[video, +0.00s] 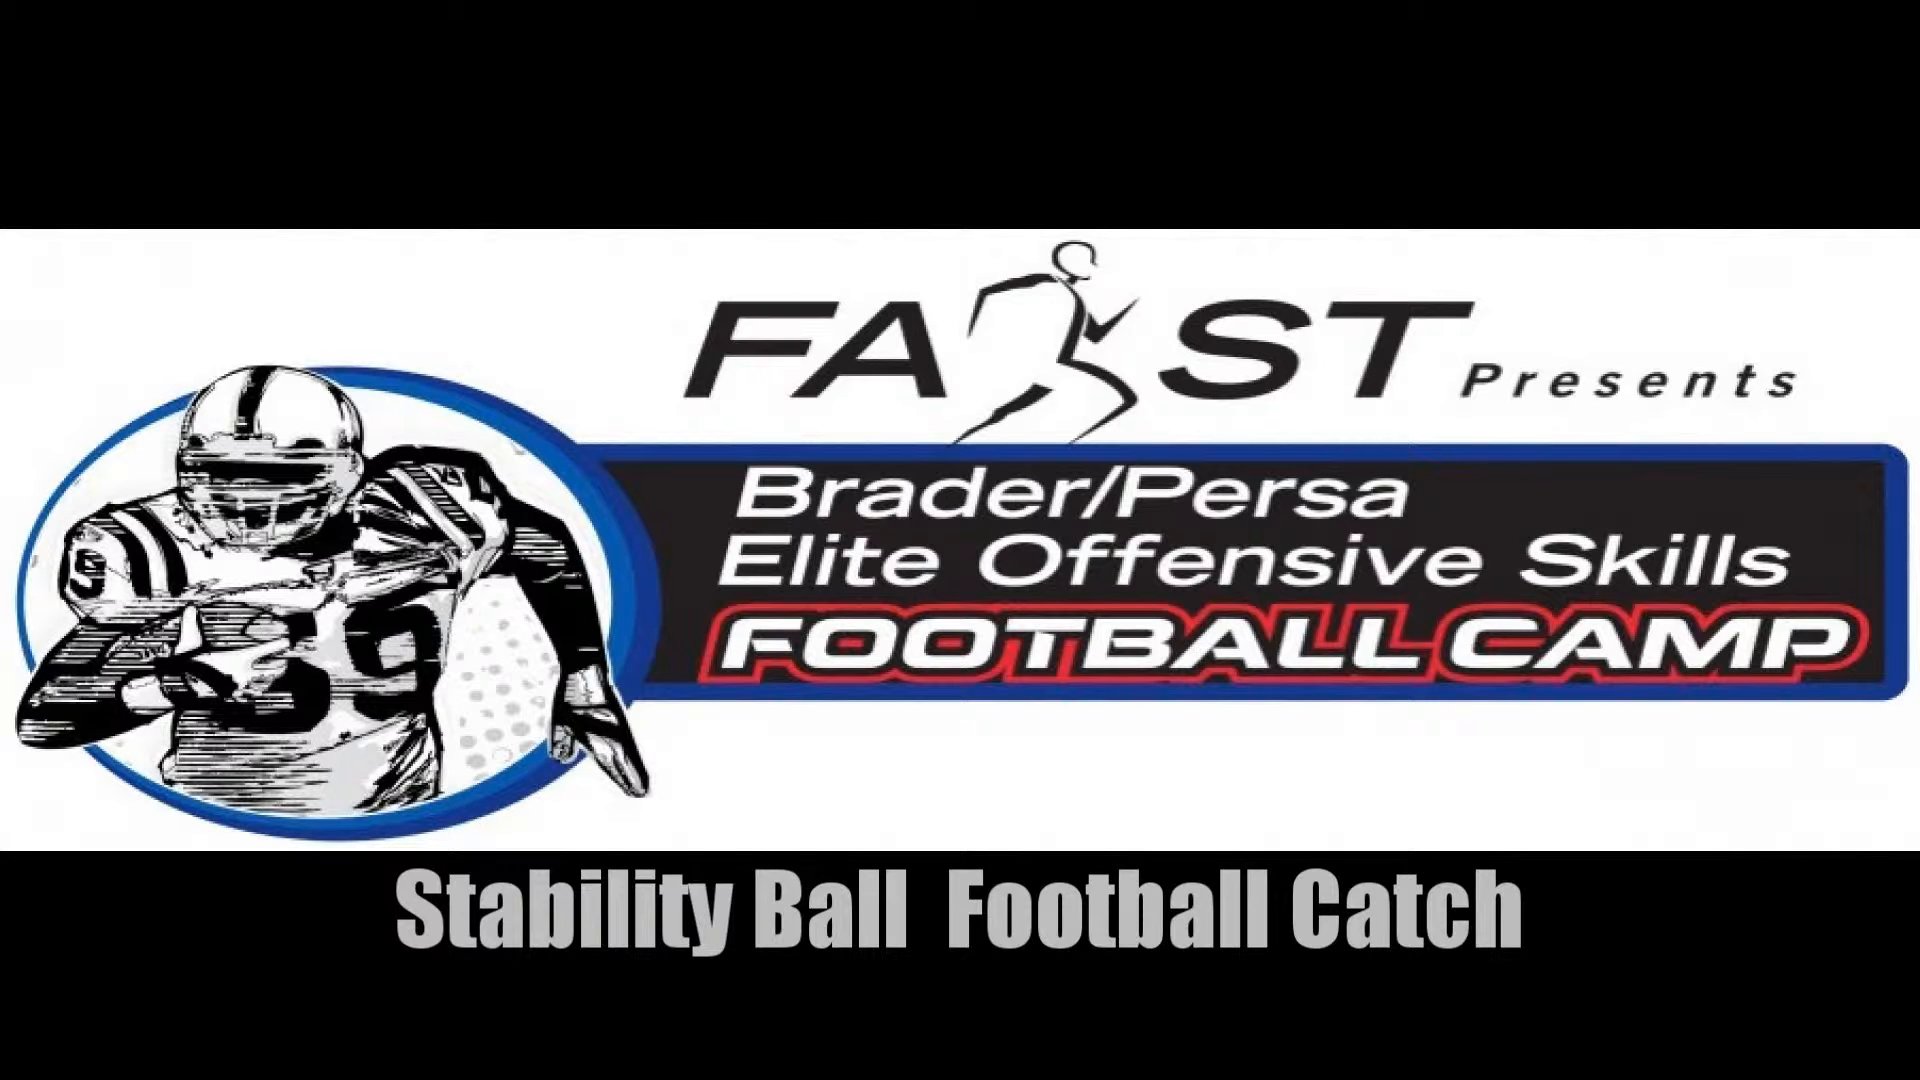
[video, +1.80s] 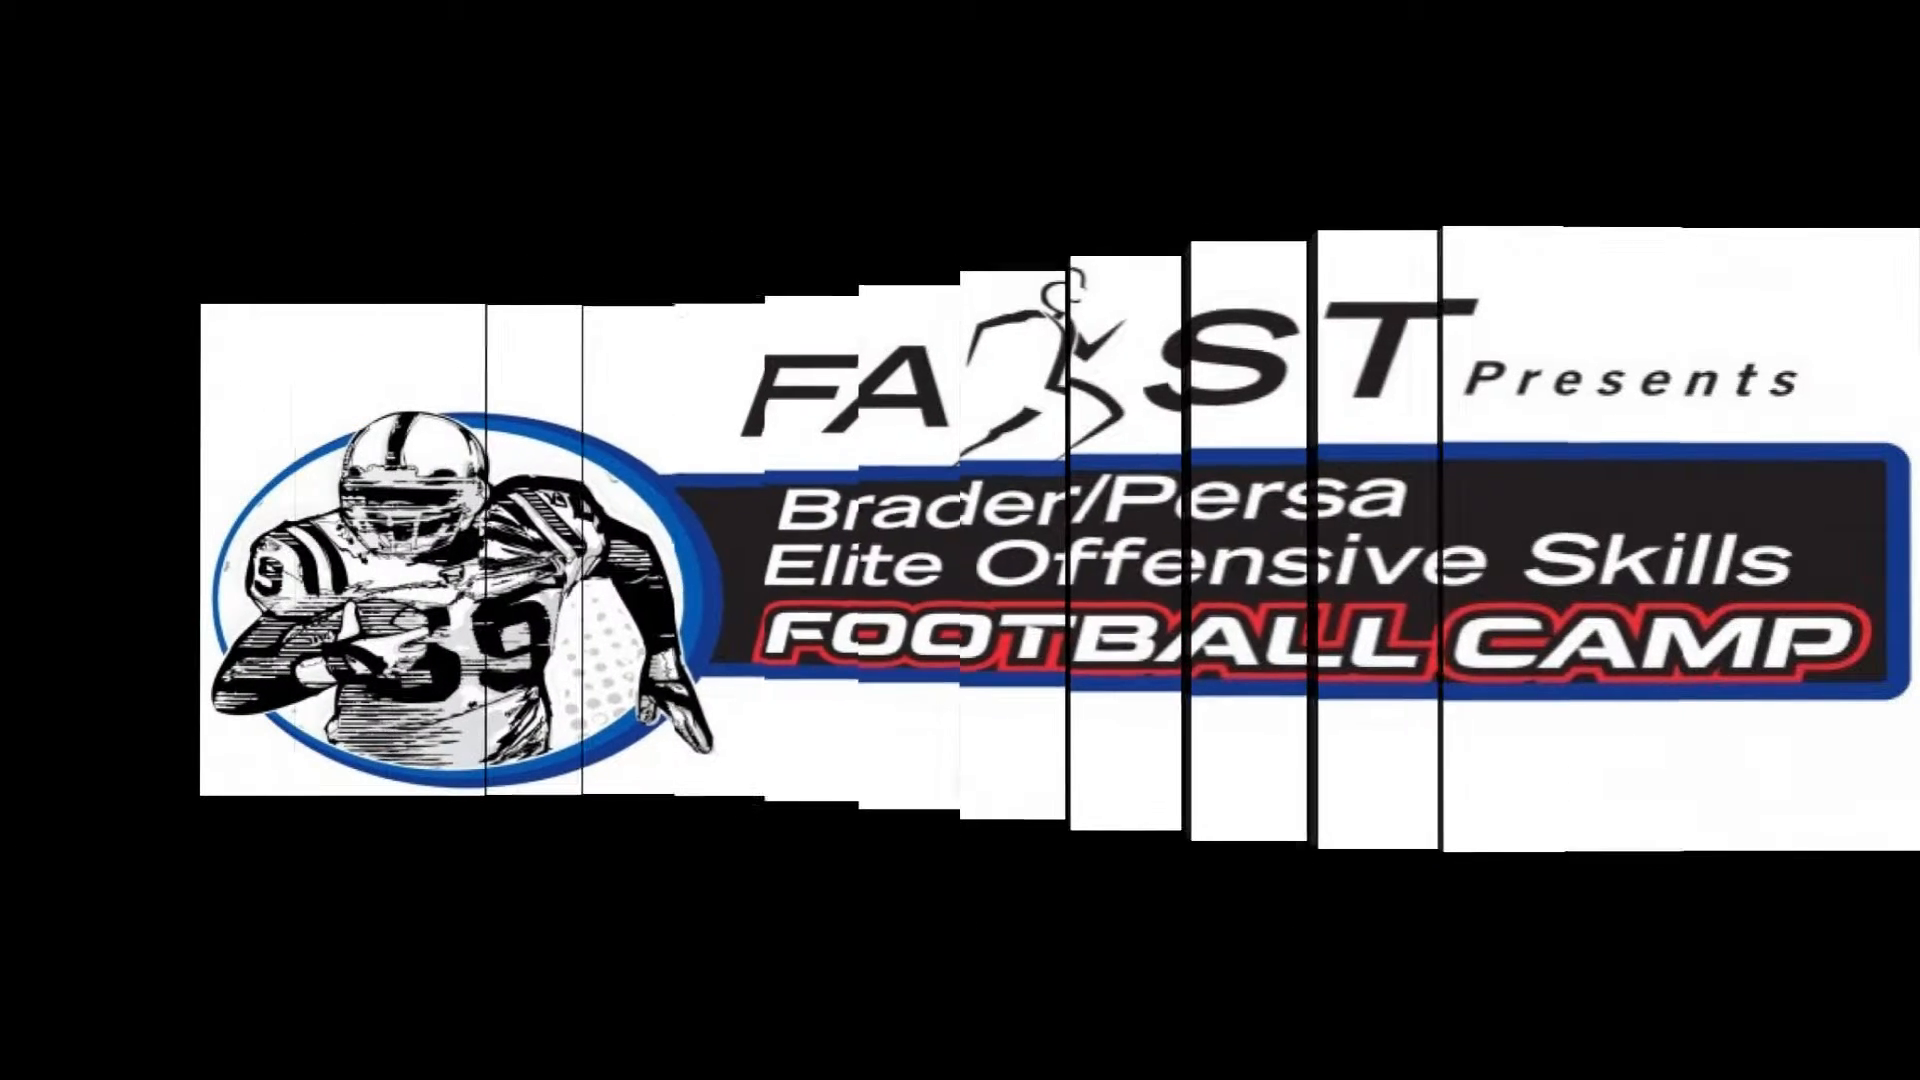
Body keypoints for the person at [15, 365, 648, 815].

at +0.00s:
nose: (252, 515)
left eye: (280, 494)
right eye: (229, 492)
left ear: (336, 480)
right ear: (194, 479)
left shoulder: (425, 508)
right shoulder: (142, 549)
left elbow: (546, 548)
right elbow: (43, 716)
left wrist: (585, 671)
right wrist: (175, 683)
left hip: (386, 814)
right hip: (218, 816)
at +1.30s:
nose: (269, 504)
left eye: (296, 484)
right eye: (250, 482)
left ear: (344, 476)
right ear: (224, 473)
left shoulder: (425, 505)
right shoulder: (186, 545)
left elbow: (543, 549)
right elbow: (117, 706)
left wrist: (583, 678)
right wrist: (223, 672)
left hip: (390, 803)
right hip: (245, 803)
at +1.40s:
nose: (320, 513)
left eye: (344, 492)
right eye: (303, 491)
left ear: (380, 478)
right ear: (278, 477)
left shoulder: (447, 511)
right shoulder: (247, 549)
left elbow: (550, 551)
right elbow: (182, 697)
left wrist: (584, 675)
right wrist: (277, 666)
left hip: (421, 794)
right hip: (297, 794)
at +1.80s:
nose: (402, 531)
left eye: (424, 513)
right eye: (383, 513)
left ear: (467, 501)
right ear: (355, 504)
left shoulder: (535, 524)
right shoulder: (314, 559)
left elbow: (633, 555)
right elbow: (233, 690)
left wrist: (663, 652)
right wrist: (337, 662)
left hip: (511, 764)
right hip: (376, 767)